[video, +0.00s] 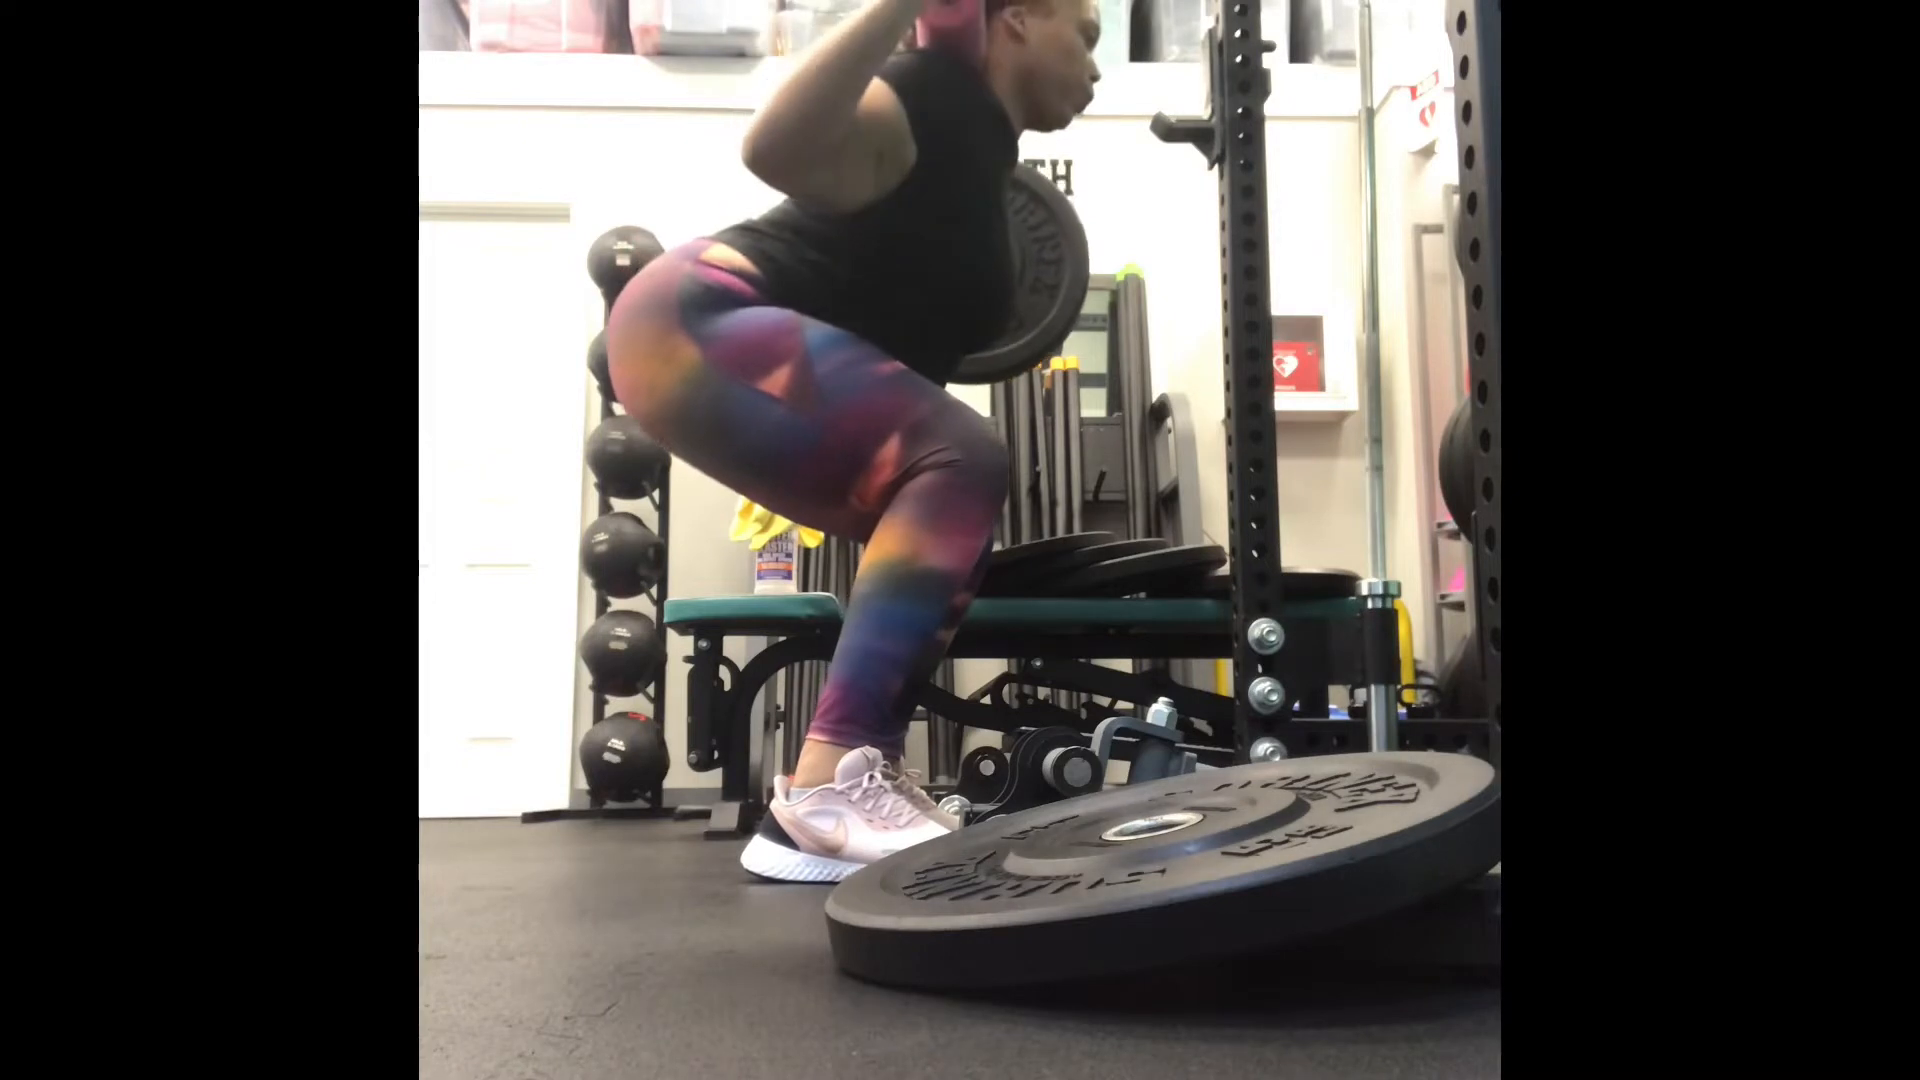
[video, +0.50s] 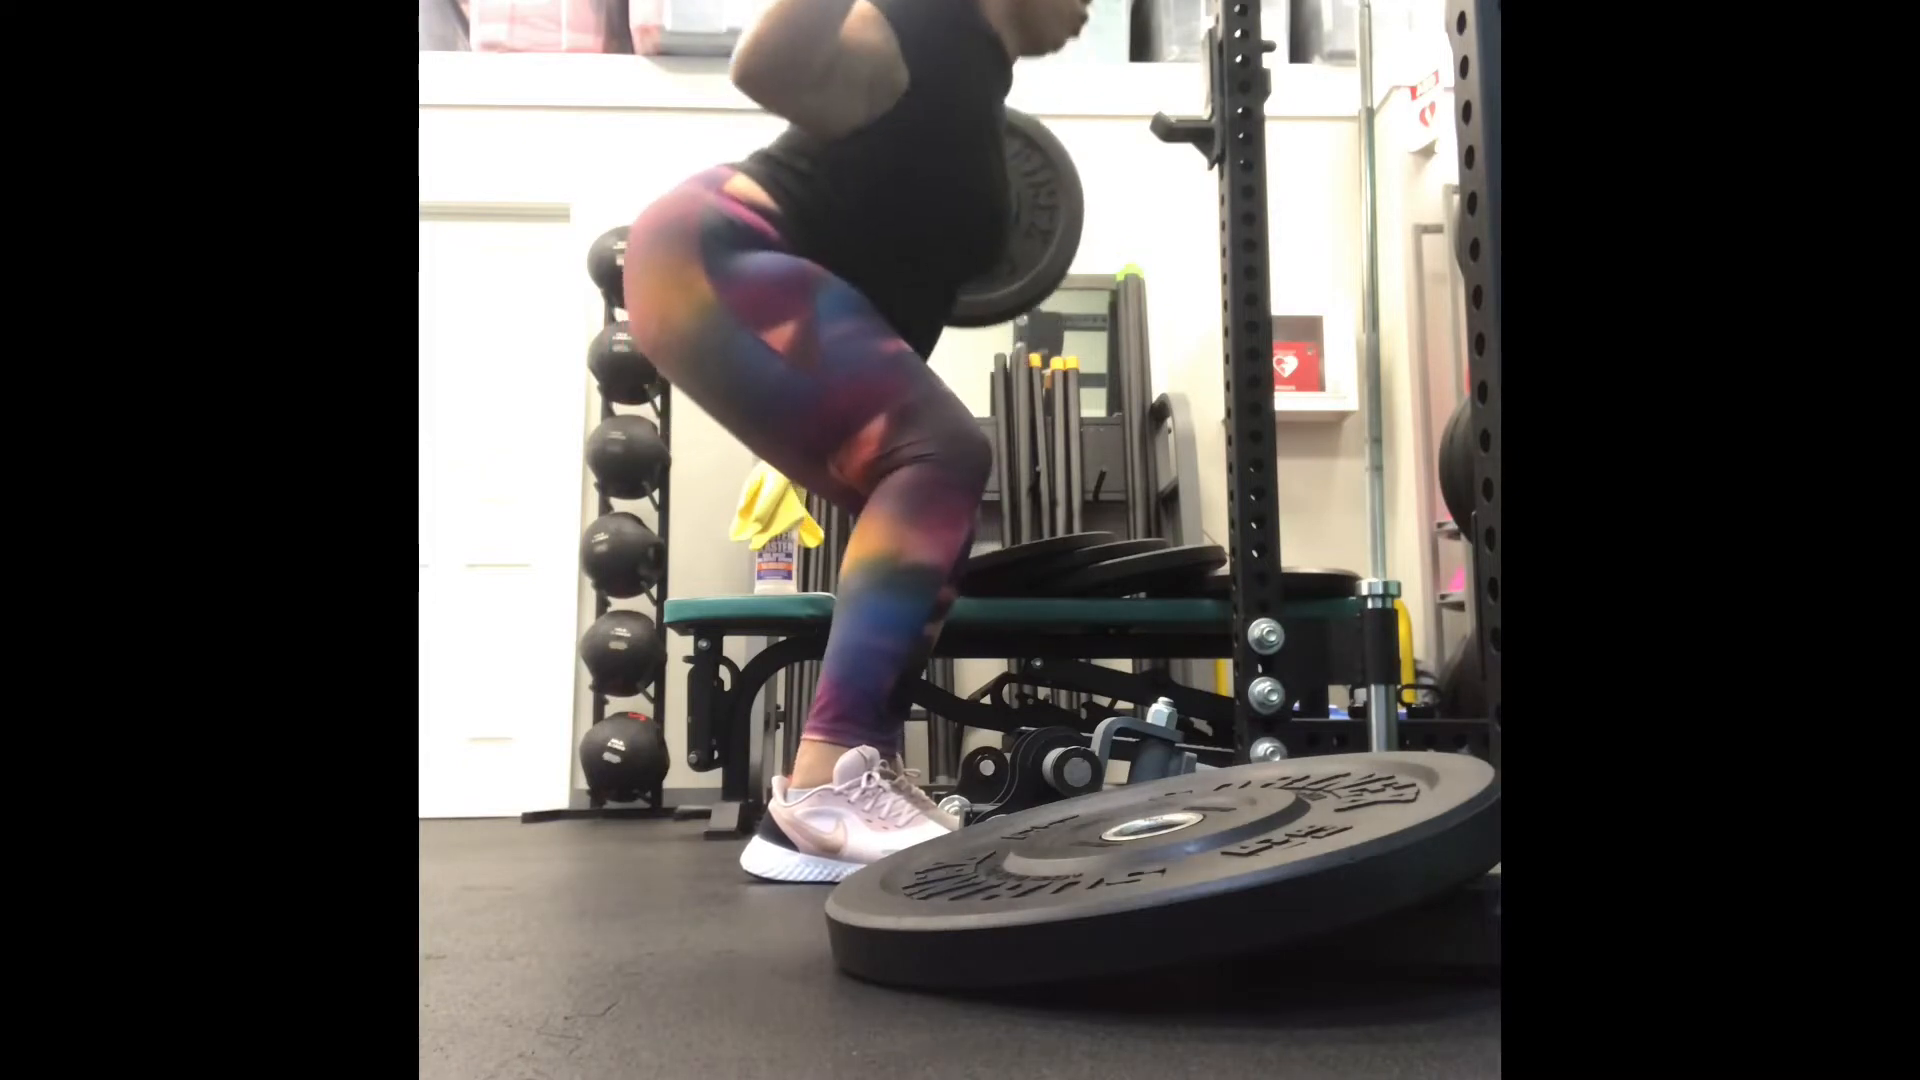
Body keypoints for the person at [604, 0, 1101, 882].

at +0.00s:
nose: (1096, 66)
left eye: (1095, 41)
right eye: (1086, 33)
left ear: (1020, 28)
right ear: (1013, 21)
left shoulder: (966, 146)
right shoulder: (941, 96)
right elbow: (780, 147)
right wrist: (901, 10)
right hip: (689, 313)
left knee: (950, 487)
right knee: (956, 454)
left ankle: (848, 786)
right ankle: (829, 783)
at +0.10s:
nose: (1096, 63)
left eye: (1095, 38)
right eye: (1086, 31)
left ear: (1022, 25)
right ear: (1016, 18)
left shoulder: (969, 146)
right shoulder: (937, 94)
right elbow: (782, 143)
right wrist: (900, 9)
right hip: (694, 307)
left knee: (946, 503)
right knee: (956, 455)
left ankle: (824, 809)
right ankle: (830, 781)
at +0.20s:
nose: (1096, 53)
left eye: (1095, 27)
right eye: (1084, 19)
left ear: (1019, 18)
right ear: (1012, 10)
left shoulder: (973, 136)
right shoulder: (941, 79)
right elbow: (782, 132)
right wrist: (893, 4)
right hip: (698, 295)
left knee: (945, 500)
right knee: (956, 454)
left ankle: (823, 811)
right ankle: (831, 781)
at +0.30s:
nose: (1094, 36)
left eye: (1092, 12)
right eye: (1081, 7)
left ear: (1013, 11)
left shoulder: (972, 118)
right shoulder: (932, 58)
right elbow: (775, 113)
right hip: (707, 278)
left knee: (937, 498)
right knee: (955, 454)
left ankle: (844, 796)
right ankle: (829, 781)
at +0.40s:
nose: (1092, 24)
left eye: (1090, 8)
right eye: (1081, 1)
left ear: (1019, 3)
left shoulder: (970, 110)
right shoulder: (930, 40)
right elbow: (771, 91)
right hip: (709, 258)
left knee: (928, 497)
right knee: (947, 451)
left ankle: (830, 802)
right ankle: (830, 780)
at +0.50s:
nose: (1085, 9)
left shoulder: (969, 95)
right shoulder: (932, 27)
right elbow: (768, 70)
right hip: (708, 243)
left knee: (923, 485)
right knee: (939, 449)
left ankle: (822, 809)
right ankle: (828, 780)